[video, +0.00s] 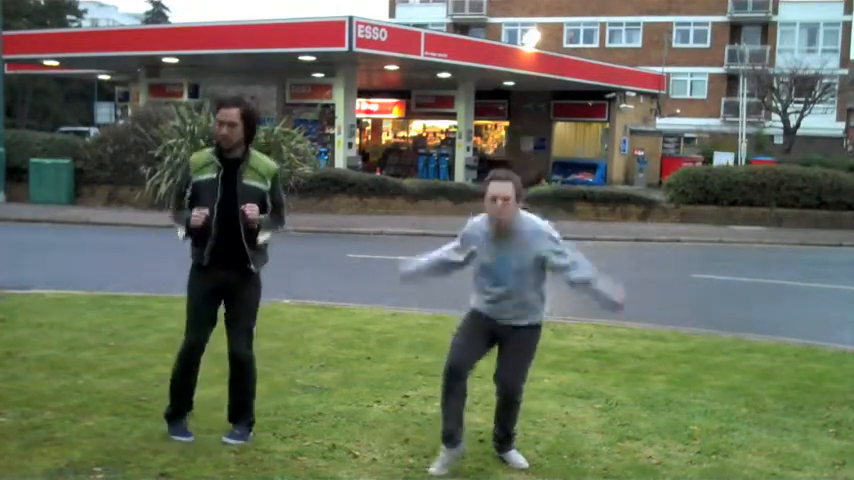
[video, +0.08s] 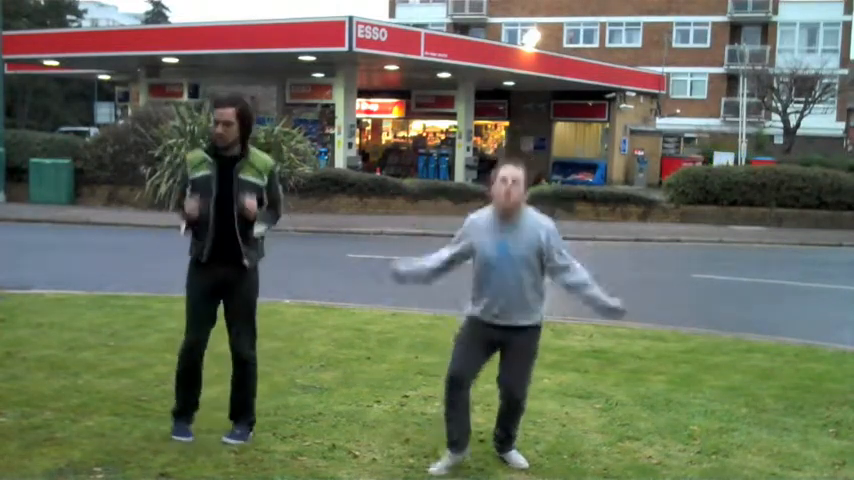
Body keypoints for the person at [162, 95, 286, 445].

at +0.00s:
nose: (223, 131)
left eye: (231, 126)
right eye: (219, 124)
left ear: (247, 130)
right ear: (214, 126)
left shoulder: (267, 171)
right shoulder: (197, 164)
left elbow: (278, 219)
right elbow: (178, 212)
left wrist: (260, 220)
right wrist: (189, 219)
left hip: (244, 273)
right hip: (204, 271)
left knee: (241, 350)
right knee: (193, 343)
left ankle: (242, 424)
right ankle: (177, 417)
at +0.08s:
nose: (218, 130)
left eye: (226, 124)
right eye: (215, 123)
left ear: (243, 128)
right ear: (211, 125)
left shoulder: (264, 167)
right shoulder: (196, 162)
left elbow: (275, 212)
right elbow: (182, 206)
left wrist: (257, 216)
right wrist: (188, 210)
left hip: (242, 269)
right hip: (203, 267)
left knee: (243, 349)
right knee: (193, 343)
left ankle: (242, 422)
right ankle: (183, 418)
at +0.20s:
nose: (209, 122)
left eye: (216, 116)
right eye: (205, 116)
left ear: (232, 119)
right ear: (200, 118)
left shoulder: (254, 151)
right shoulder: (188, 151)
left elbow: (278, 193)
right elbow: (171, 201)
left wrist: (258, 190)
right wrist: (172, 188)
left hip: (237, 262)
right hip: (198, 260)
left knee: (241, 345)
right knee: (192, 340)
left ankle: (242, 420)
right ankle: (195, 415)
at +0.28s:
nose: (203, 123)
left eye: (209, 118)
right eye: (200, 117)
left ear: (227, 121)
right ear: (197, 119)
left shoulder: (250, 152)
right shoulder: (183, 152)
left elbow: (280, 188)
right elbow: (162, 201)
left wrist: (256, 189)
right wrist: (164, 189)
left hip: (235, 264)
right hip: (196, 263)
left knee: (239, 345)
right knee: (195, 344)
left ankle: (242, 420)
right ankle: (197, 416)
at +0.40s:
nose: (192, 132)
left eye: (199, 126)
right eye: (189, 125)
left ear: (218, 128)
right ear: (186, 127)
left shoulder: (244, 165)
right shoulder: (175, 165)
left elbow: (270, 207)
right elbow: (162, 217)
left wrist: (245, 199)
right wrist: (159, 203)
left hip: (234, 268)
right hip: (193, 269)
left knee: (239, 338)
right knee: (189, 347)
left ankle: (240, 414)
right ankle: (198, 417)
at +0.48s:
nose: (189, 133)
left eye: (196, 127)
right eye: (186, 126)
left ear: (213, 128)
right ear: (183, 129)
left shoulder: (238, 163)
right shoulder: (174, 165)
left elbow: (264, 207)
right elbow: (164, 217)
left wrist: (242, 199)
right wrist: (160, 203)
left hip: (234, 264)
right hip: (195, 266)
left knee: (240, 330)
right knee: (190, 344)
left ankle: (238, 398)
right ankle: (198, 415)